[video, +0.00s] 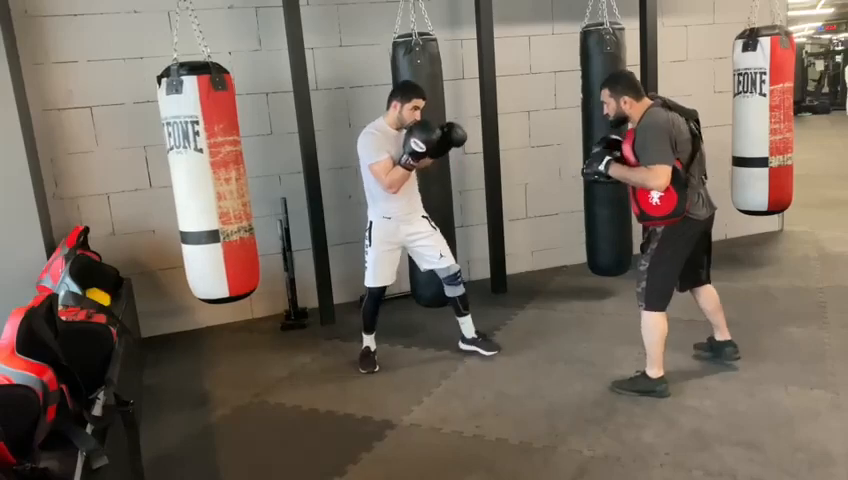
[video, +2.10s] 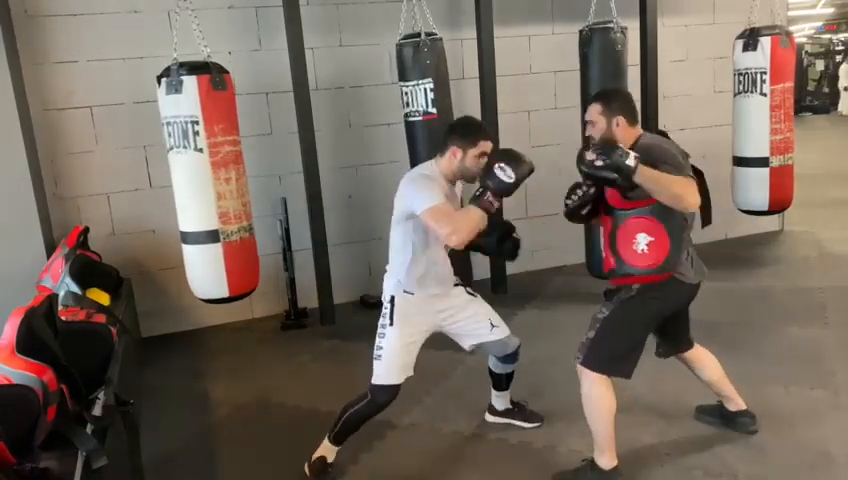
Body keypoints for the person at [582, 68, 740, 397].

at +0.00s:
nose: (605, 111)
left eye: (606, 103)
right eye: (603, 104)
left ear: (624, 101)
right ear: (632, 97)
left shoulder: (652, 124)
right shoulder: (662, 113)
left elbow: (658, 179)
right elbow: (667, 164)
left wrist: (610, 168)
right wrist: (625, 152)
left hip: (675, 222)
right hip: (697, 215)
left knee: (651, 296)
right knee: (697, 280)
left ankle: (653, 376)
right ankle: (724, 342)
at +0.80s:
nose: (602, 114)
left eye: (603, 107)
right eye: (600, 108)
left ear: (620, 104)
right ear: (632, 100)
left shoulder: (639, 127)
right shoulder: (662, 116)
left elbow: (638, 178)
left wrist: (592, 204)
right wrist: (615, 136)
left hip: (670, 224)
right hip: (697, 219)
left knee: (633, 297)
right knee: (685, 278)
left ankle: (625, 377)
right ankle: (717, 342)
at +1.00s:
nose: (625, 116)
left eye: (630, 108)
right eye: (623, 109)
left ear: (658, 104)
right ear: (663, 106)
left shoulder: (670, 141)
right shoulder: (691, 129)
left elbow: (665, 204)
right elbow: (661, 184)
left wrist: (604, 197)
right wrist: (626, 149)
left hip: (694, 263)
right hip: (723, 255)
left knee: (640, 348)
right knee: (705, 327)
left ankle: (639, 447)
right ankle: (741, 405)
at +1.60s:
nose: (604, 120)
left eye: (610, 112)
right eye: (602, 112)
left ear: (638, 111)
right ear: (638, 113)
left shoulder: (660, 147)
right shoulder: (640, 145)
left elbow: (675, 209)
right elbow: (609, 188)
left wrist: (608, 197)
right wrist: (592, 151)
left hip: (663, 273)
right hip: (667, 268)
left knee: (613, 363)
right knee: (687, 344)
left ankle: (604, 461)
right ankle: (738, 408)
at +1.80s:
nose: (581, 140)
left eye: (585, 132)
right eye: (580, 132)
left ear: (611, 131)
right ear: (602, 132)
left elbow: (693, 216)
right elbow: (566, 198)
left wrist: (647, 177)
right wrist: (547, 200)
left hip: (657, 279)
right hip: (625, 277)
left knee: (601, 365)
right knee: (654, 350)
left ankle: (605, 465)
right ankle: (723, 394)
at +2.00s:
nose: (581, 139)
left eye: (586, 131)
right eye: (579, 131)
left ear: (612, 128)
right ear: (607, 129)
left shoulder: (662, 156)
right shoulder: (605, 164)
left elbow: (682, 211)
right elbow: (581, 226)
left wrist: (626, 174)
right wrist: (572, 201)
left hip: (656, 283)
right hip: (633, 280)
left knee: (593, 368)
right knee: (663, 354)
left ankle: (605, 464)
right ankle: (728, 409)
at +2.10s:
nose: (589, 133)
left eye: (593, 124)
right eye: (587, 126)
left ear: (620, 122)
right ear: (620, 125)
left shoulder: (653, 149)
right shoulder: (626, 157)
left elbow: (689, 199)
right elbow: (631, 207)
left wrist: (629, 169)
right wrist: (590, 205)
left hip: (651, 281)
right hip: (678, 274)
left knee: (592, 366)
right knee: (682, 345)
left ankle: (605, 462)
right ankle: (737, 409)